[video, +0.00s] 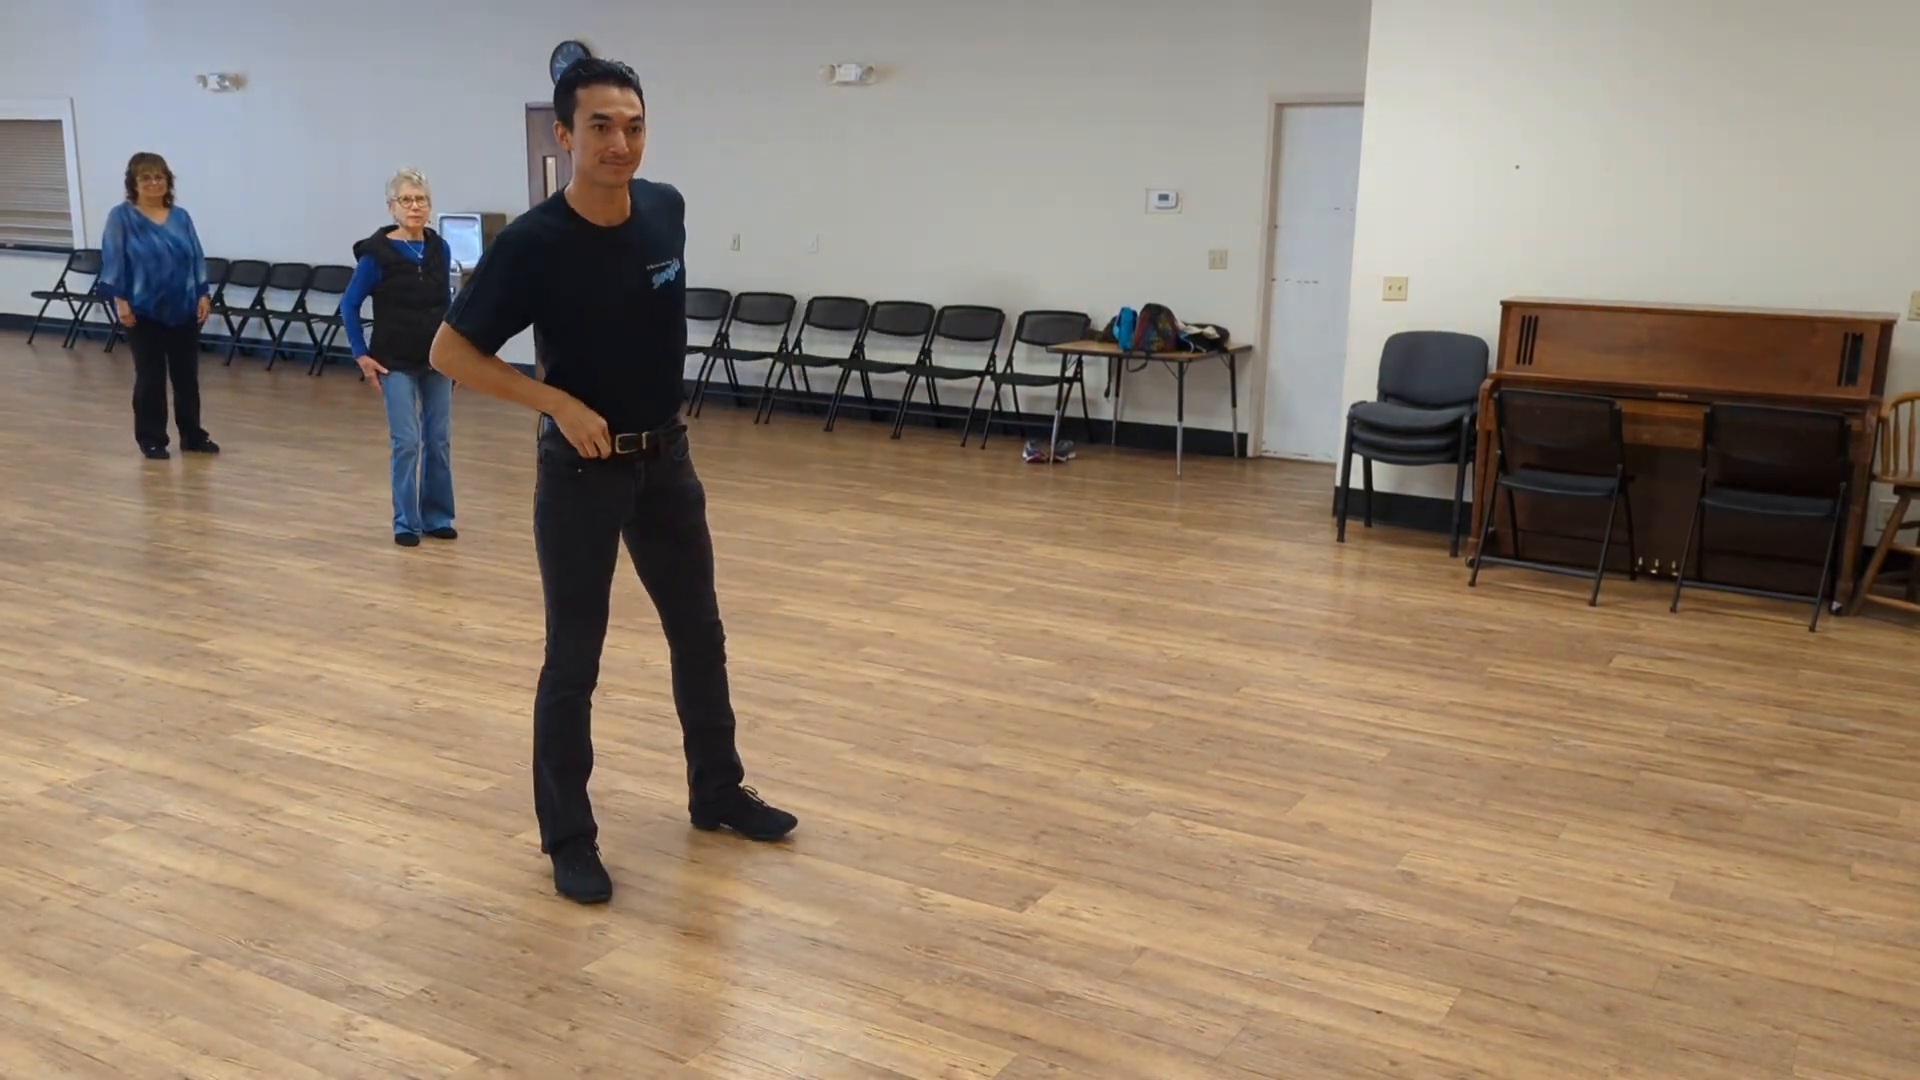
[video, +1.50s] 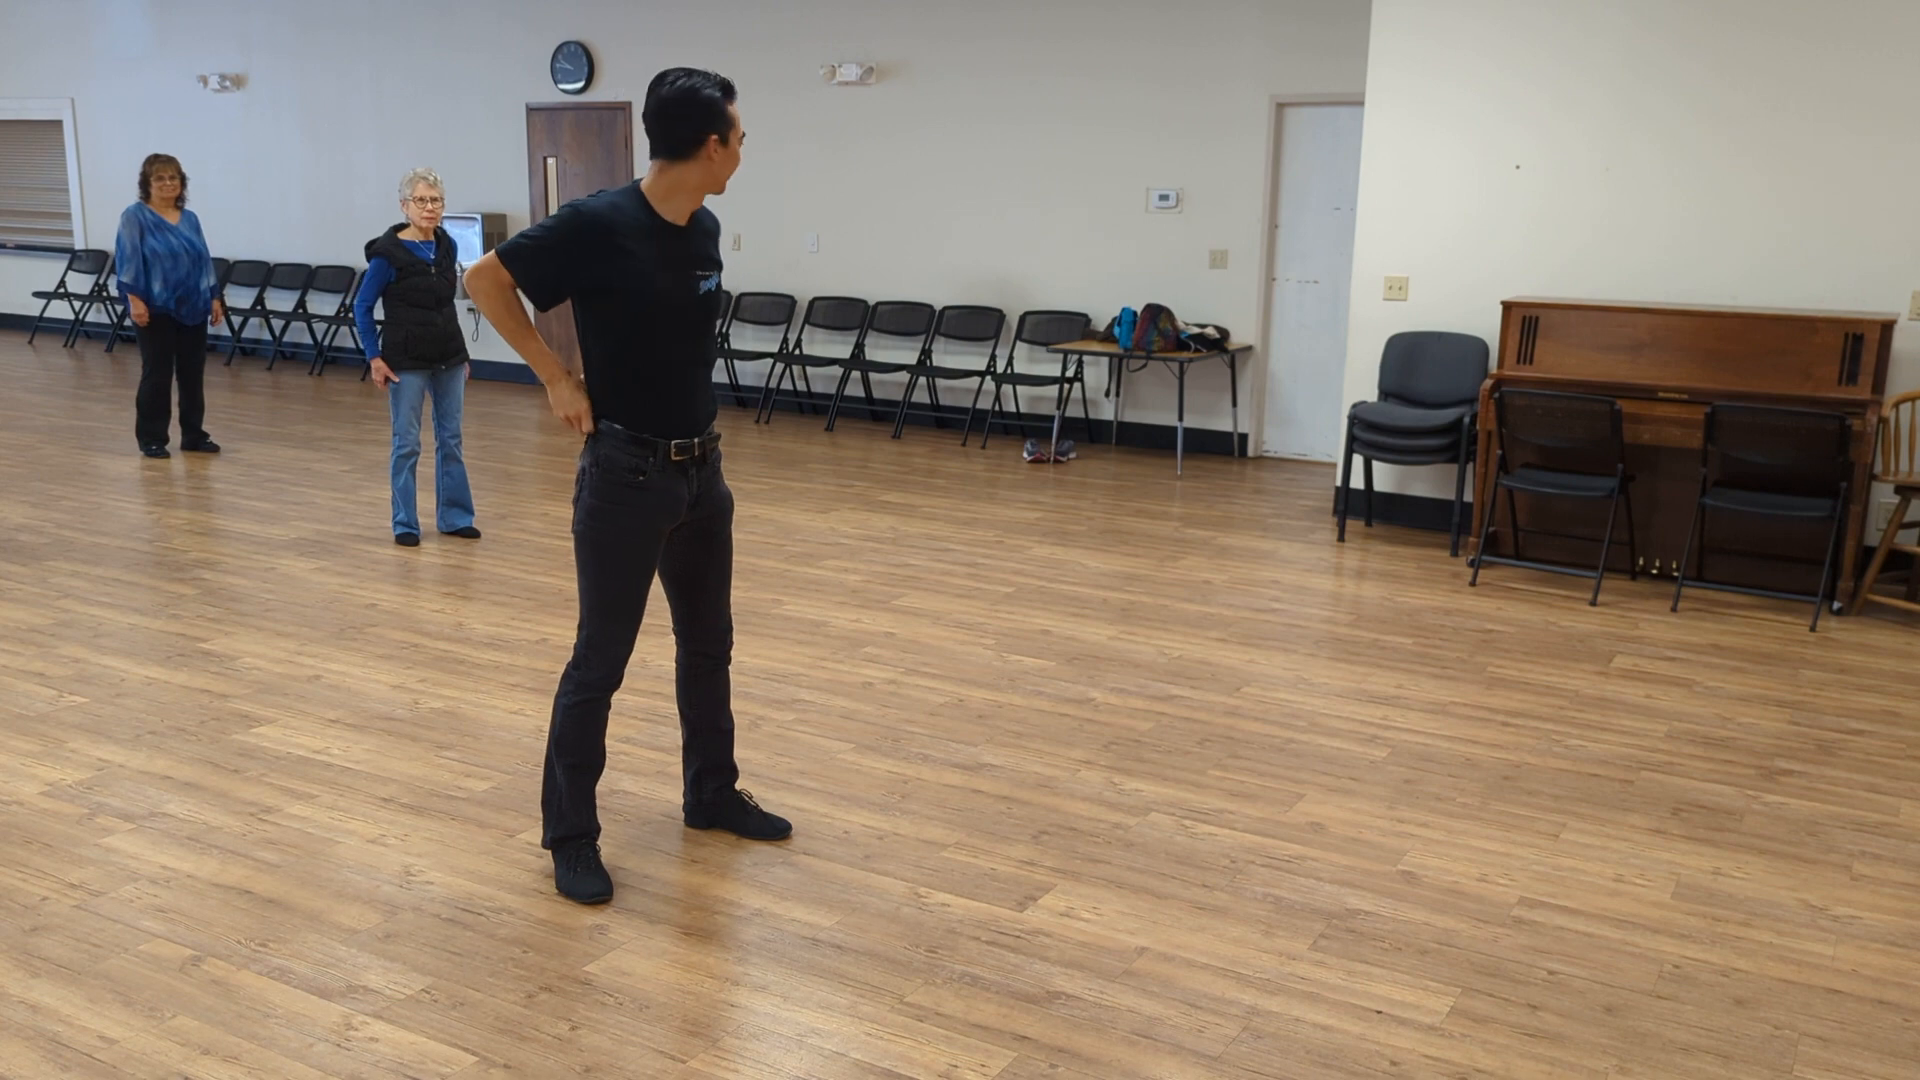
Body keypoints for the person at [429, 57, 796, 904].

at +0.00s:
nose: (619, 142)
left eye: (631, 127)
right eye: (601, 127)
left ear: (645, 133)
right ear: (566, 134)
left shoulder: (665, 209)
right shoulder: (532, 242)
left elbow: (652, 317)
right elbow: (448, 350)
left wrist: (659, 405)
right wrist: (553, 400)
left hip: (663, 462)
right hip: (581, 474)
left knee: (699, 635)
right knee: (573, 662)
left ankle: (718, 793)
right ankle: (569, 842)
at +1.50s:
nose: (741, 149)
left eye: (738, 135)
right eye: (735, 136)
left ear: (689, 143)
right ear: (704, 145)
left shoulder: (704, 229)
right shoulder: (599, 223)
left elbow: (665, 322)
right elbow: (488, 279)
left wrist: (676, 403)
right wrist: (557, 380)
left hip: (698, 471)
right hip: (622, 473)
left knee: (707, 643)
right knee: (600, 660)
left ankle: (711, 793)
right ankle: (571, 838)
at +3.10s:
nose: (827, 165)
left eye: (831, 150)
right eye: (813, 148)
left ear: (793, 152)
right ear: (760, 145)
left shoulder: (793, 236)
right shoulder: (685, 230)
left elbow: (744, 329)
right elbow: (562, 283)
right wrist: (633, 381)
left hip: (769, 482)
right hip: (692, 483)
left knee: (784, 665)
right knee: (653, 669)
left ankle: (798, 827)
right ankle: (582, 832)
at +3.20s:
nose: (855, 165)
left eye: (859, 150)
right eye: (843, 147)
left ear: (839, 151)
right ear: (788, 143)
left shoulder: (822, 241)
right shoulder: (714, 232)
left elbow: (833, 331)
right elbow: (593, 299)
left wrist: (837, 383)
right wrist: (670, 391)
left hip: (792, 480)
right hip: (716, 481)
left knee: (794, 670)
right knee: (696, 673)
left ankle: (799, 829)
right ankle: (598, 823)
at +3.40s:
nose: (884, 166)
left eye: (888, 150)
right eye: (872, 148)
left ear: (866, 150)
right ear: (818, 140)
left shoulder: (857, 252)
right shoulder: (754, 233)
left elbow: (906, 355)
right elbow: (678, 350)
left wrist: (953, 425)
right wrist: (757, 446)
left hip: (822, 486)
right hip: (749, 490)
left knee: (809, 671)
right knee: (751, 677)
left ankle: (800, 830)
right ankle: (691, 853)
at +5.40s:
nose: (920, 148)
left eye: (922, 132)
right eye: (905, 129)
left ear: (881, 143)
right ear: (848, 135)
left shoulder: (872, 252)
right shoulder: (805, 244)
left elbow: (864, 394)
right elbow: (771, 401)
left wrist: (941, 454)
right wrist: (866, 501)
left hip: (867, 523)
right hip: (803, 527)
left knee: (883, 697)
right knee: (805, 732)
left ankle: (872, 859)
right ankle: (768, 927)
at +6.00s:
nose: (903, 155)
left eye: (904, 137)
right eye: (888, 137)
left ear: (839, 146)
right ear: (828, 142)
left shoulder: (818, 243)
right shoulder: (797, 258)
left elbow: (817, 410)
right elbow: (812, 427)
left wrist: (865, 485)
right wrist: (944, 484)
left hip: (846, 517)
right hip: (798, 525)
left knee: (877, 695)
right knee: (795, 733)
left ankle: (871, 863)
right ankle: (767, 926)